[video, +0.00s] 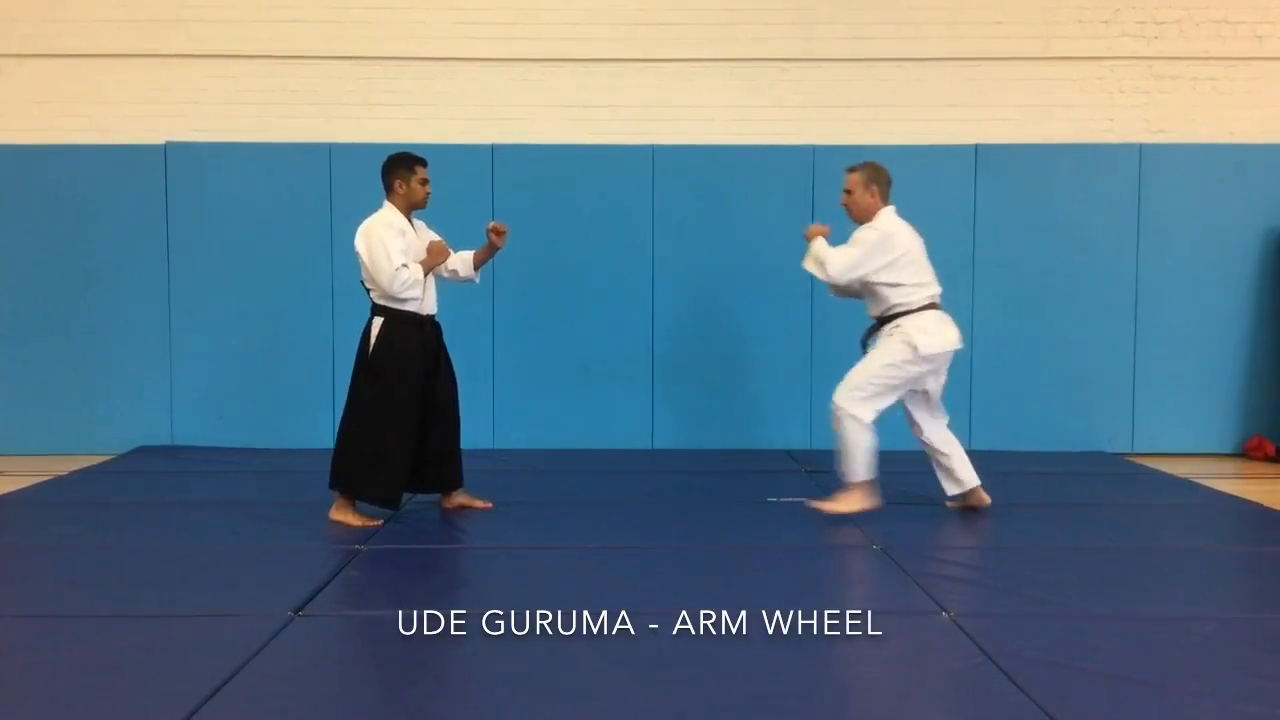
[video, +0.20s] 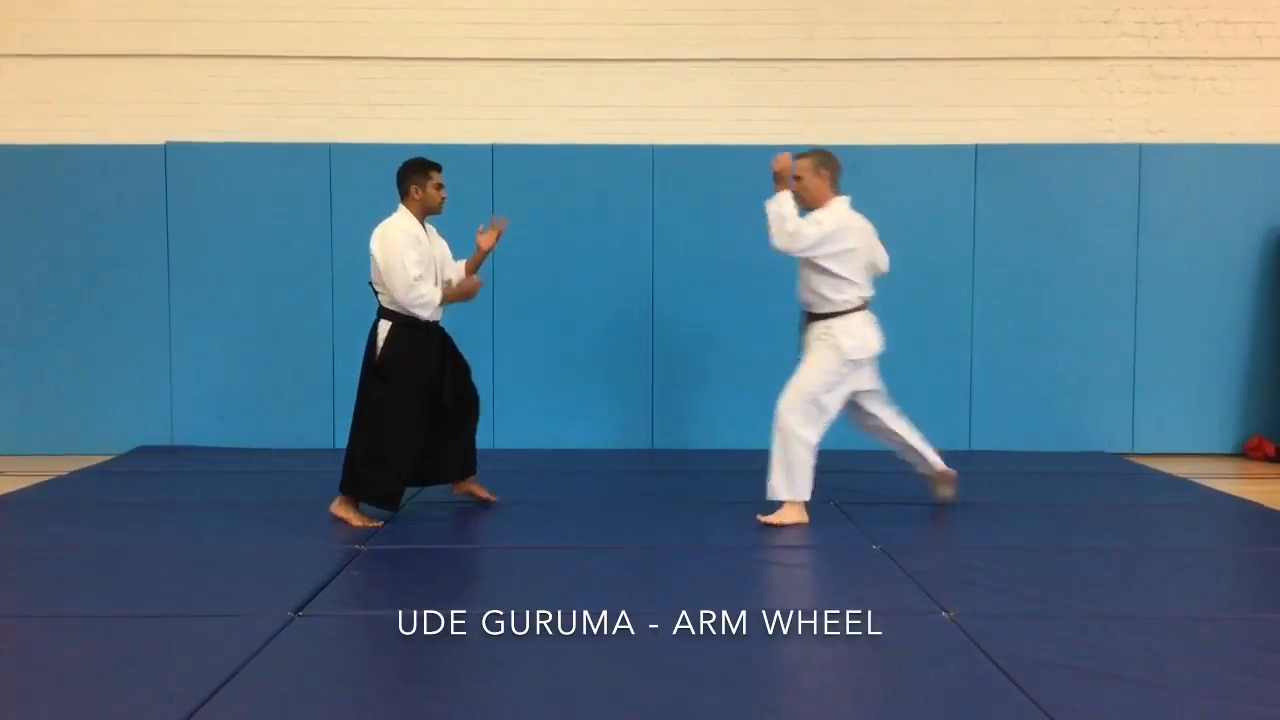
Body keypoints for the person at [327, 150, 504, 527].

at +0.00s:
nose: (429, 189)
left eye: (428, 183)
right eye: (423, 182)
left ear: (406, 187)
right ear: (398, 185)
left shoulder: (419, 229)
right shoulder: (375, 229)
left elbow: (453, 267)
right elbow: (395, 284)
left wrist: (490, 249)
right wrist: (429, 263)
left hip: (426, 331)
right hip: (390, 332)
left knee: (441, 411)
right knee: (371, 417)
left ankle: (451, 492)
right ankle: (343, 504)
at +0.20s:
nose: (444, 193)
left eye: (443, 186)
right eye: (438, 187)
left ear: (419, 192)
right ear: (414, 190)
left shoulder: (431, 235)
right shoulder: (392, 233)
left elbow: (452, 278)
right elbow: (409, 294)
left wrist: (481, 253)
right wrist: (454, 295)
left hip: (429, 335)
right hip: (397, 336)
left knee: (461, 401)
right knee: (379, 419)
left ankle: (463, 478)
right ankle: (346, 500)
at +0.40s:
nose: (466, 208)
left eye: (464, 201)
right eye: (459, 202)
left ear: (438, 208)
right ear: (437, 207)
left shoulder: (436, 243)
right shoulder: (426, 247)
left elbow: (462, 293)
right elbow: (462, 305)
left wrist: (492, 274)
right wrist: (497, 284)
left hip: (447, 344)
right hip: (425, 346)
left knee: (485, 404)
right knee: (403, 425)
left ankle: (508, 461)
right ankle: (354, 495)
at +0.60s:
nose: (493, 213)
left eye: (493, 206)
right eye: (486, 207)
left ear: (485, 211)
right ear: (465, 214)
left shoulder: (485, 248)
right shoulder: (463, 246)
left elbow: (512, 298)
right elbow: (527, 259)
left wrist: (526, 258)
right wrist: (547, 229)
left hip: (493, 346)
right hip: (464, 346)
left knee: (509, 412)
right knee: (435, 420)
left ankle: (514, 478)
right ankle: (384, 492)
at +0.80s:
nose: (507, 204)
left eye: (513, 197)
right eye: (501, 197)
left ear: (521, 202)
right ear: (489, 201)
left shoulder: (530, 242)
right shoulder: (474, 231)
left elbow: (544, 291)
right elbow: (444, 225)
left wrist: (520, 261)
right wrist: (471, 201)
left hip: (510, 336)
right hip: (472, 333)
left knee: (518, 407)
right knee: (470, 409)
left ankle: (517, 478)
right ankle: (438, 487)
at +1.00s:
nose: (500, 216)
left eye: (507, 209)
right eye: (494, 209)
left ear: (520, 209)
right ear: (487, 209)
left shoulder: (535, 250)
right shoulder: (469, 238)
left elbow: (530, 307)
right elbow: (420, 263)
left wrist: (485, 283)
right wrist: (442, 272)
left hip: (518, 345)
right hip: (476, 343)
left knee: (520, 413)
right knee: (474, 417)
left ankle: (517, 479)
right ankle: (481, 490)